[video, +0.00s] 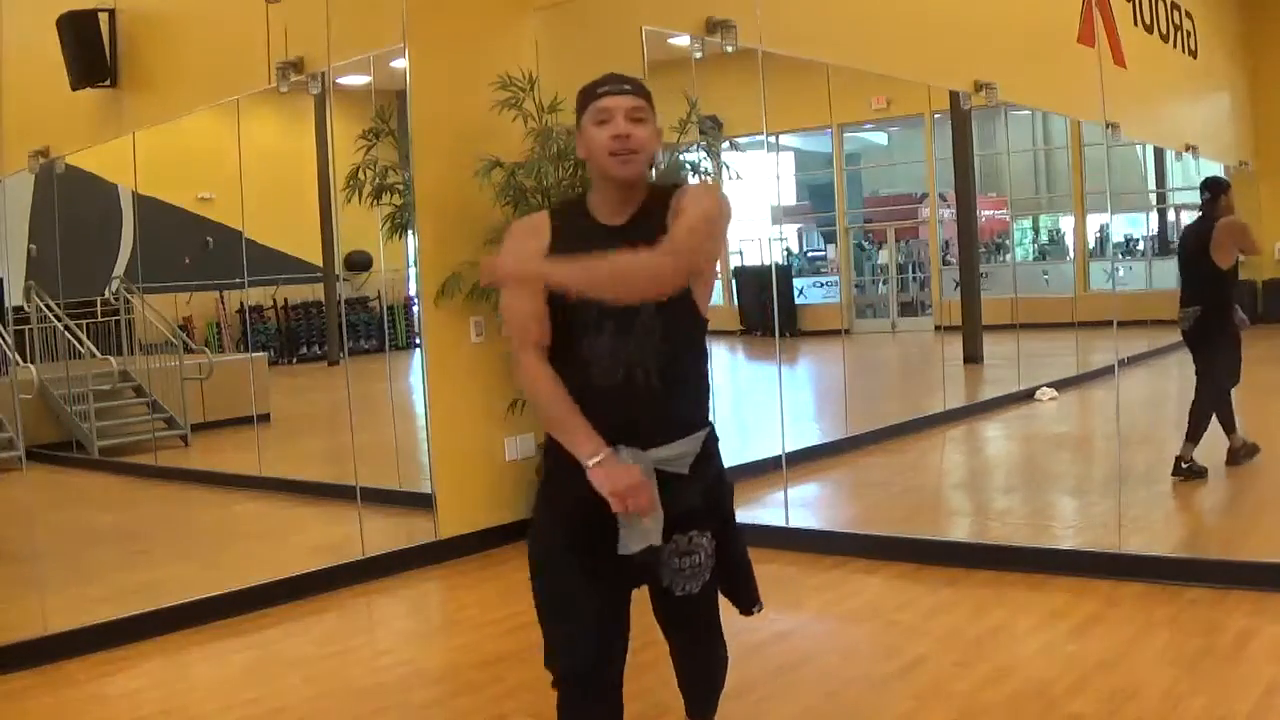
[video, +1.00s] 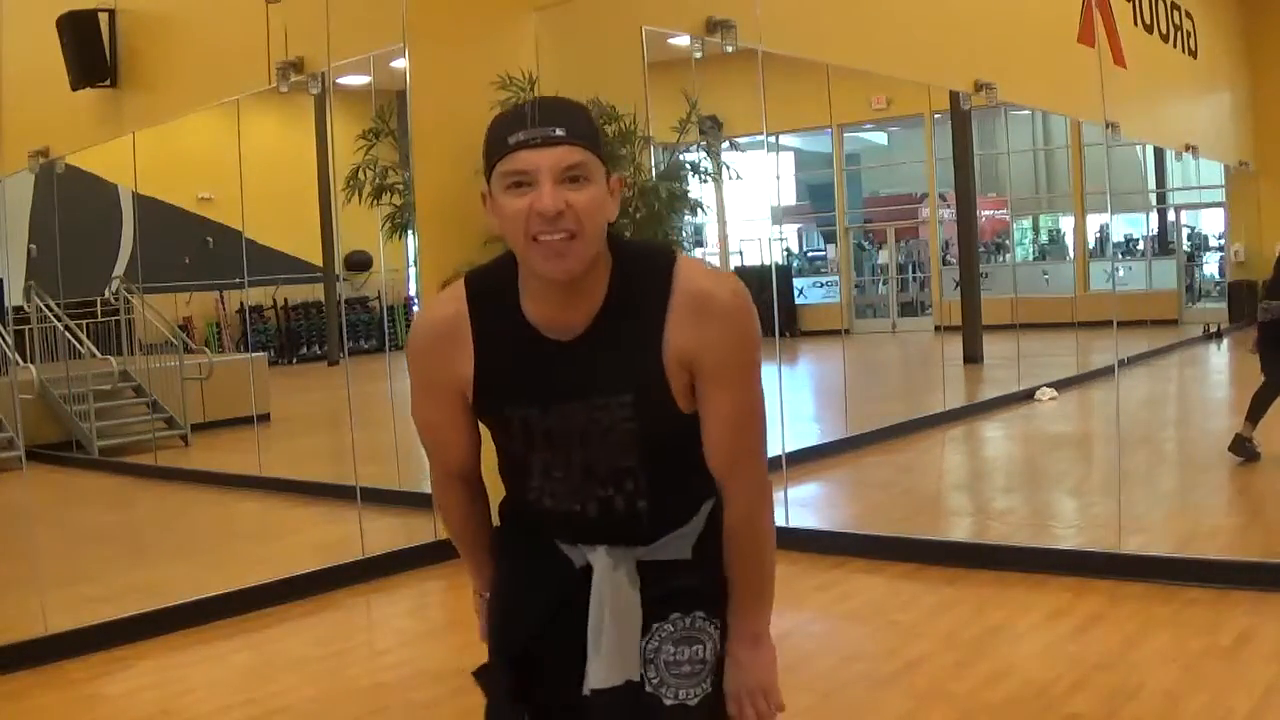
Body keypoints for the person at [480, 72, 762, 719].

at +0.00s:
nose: (623, 131)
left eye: (638, 118)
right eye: (604, 120)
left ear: (657, 138)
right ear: (580, 142)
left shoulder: (697, 203)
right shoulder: (533, 234)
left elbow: (666, 273)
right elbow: (528, 357)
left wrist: (535, 270)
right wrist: (599, 457)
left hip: (682, 466)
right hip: (576, 472)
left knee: (697, 639)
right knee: (585, 677)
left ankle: (701, 712)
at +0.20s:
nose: (557, 133)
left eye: (574, 118)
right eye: (538, 122)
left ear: (602, 139)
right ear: (519, 149)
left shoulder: (656, 235)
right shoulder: (490, 255)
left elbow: (695, 380)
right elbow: (473, 392)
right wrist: (490, 504)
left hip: (653, 484)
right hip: (545, 487)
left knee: (672, 680)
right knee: (554, 693)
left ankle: (690, 710)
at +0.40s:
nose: (524, 162)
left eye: (543, 146)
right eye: (505, 150)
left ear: (577, 168)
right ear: (482, 175)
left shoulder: (644, 270)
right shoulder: (463, 283)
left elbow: (730, 369)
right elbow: (445, 413)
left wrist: (760, 462)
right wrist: (441, 530)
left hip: (635, 517)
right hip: (526, 514)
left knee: (644, 702)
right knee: (534, 705)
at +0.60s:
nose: (517, 188)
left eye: (537, 168)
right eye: (495, 172)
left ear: (572, 185)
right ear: (470, 198)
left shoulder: (649, 293)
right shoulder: (447, 305)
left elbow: (715, 412)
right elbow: (450, 437)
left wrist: (686, 511)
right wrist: (483, 536)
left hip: (639, 546)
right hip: (522, 545)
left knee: (648, 707)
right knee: (531, 707)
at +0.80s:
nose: (527, 206)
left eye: (550, 183)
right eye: (502, 188)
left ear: (587, 198)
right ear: (476, 209)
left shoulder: (669, 310)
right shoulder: (442, 325)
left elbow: (731, 459)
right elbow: (450, 470)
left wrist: (729, 578)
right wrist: (481, 572)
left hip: (652, 581)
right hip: (525, 579)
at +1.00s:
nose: (549, 204)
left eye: (574, 178)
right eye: (520, 185)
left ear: (614, 192)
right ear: (491, 208)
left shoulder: (705, 306)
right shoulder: (449, 328)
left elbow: (744, 484)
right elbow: (455, 476)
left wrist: (751, 638)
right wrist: (487, 587)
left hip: (678, 581)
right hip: (541, 584)